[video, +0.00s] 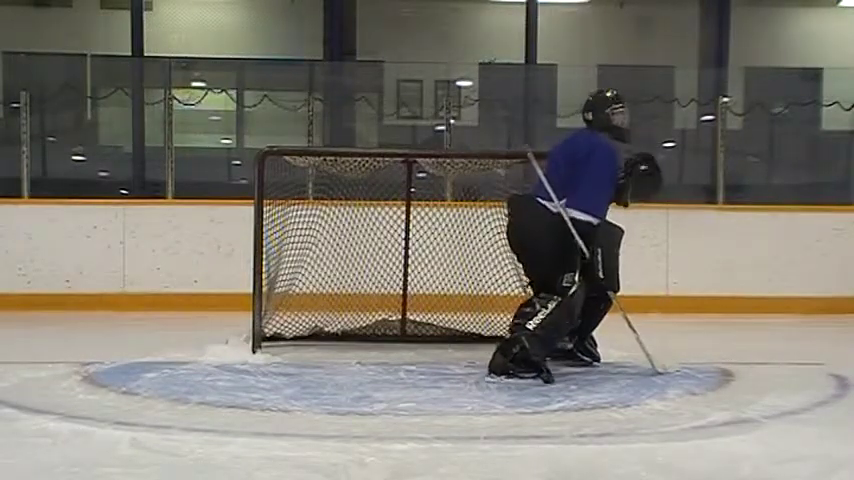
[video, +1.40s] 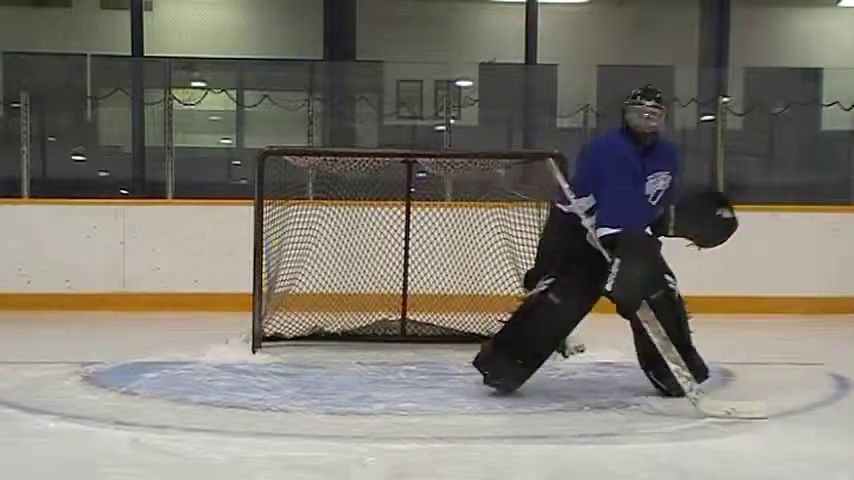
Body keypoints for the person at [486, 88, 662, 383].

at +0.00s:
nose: (625, 118)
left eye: (624, 112)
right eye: (619, 113)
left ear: (593, 117)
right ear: (603, 117)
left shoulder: (576, 141)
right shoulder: (603, 150)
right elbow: (582, 215)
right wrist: (588, 260)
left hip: (525, 213)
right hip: (545, 221)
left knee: (548, 288)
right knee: (567, 291)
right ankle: (519, 352)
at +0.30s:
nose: (630, 121)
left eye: (630, 114)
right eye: (624, 115)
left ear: (599, 117)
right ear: (607, 117)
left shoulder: (579, 140)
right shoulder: (605, 150)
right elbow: (584, 207)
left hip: (531, 215)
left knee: (550, 288)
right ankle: (513, 353)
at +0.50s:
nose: (623, 129)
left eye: (626, 122)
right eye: (616, 121)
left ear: (630, 125)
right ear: (600, 121)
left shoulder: (622, 164)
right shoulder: (575, 149)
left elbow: (607, 220)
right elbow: (549, 207)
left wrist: (640, 226)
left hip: (583, 234)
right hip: (541, 227)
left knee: (603, 284)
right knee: (575, 289)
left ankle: (575, 346)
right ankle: (530, 354)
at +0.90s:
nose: (636, 118)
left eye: (639, 112)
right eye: (629, 112)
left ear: (641, 114)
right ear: (612, 114)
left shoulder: (630, 150)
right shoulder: (592, 147)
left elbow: (625, 204)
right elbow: (574, 210)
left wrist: (656, 203)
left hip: (596, 234)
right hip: (567, 233)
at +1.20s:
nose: (662, 116)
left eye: (665, 110)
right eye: (656, 110)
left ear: (667, 112)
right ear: (638, 111)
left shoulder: (661, 148)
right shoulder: (609, 144)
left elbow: (653, 200)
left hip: (643, 236)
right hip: (610, 236)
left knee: (671, 289)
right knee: (593, 311)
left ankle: (648, 363)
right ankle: (539, 372)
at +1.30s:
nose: (662, 118)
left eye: (666, 111)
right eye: (655, 110)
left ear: (669, 113)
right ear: (636, 112)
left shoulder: (663, 150)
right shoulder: (608, 147)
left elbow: (651, 207)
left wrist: (690, 210)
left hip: (642, 237)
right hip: (599, 238)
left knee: (671, 296)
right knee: (585, 306)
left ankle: (668, 364)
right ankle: (520, 367)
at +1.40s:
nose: (648, 120)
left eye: (655, 114)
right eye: (641, 113)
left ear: (663, 120)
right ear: (627, 115)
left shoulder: (665, 153)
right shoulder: (611, 151)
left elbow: (656, 209)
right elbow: (615, 209)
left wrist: (681, 220)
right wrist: (630, 256)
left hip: (628, 236)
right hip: (583, 234)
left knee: (662, 296)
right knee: (565, 299)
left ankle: (675, 372)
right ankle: (503, 363)